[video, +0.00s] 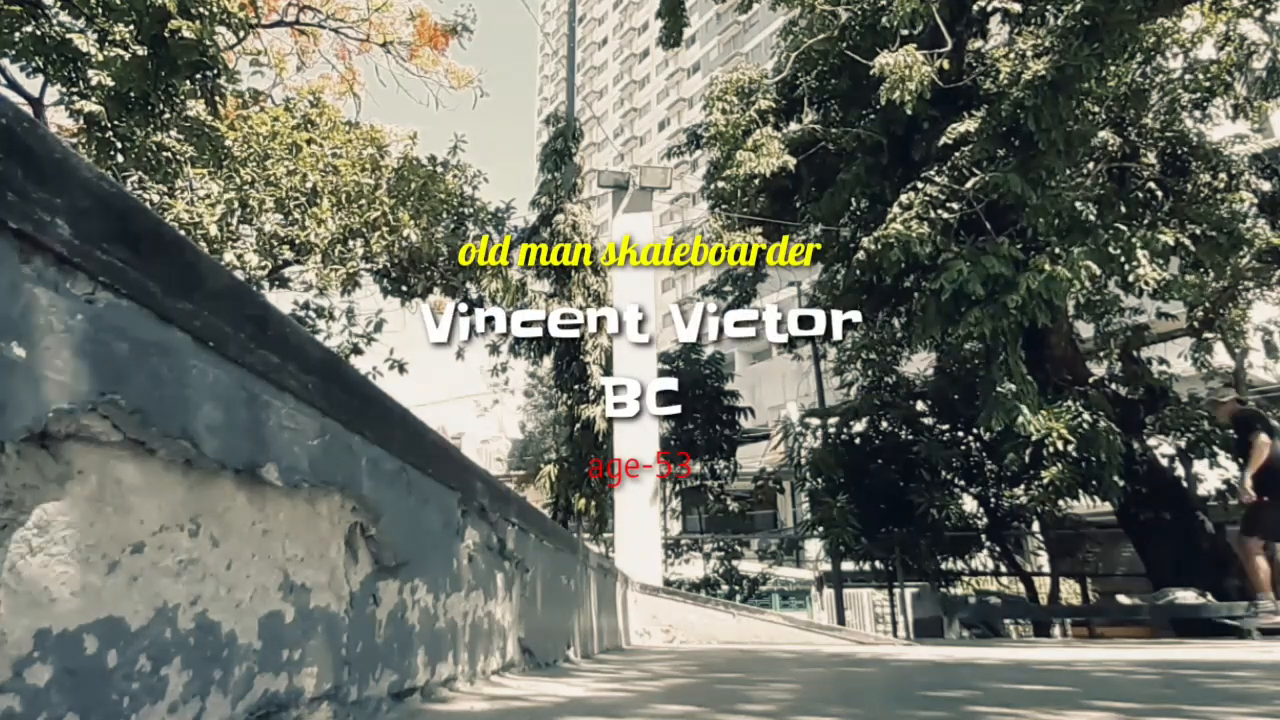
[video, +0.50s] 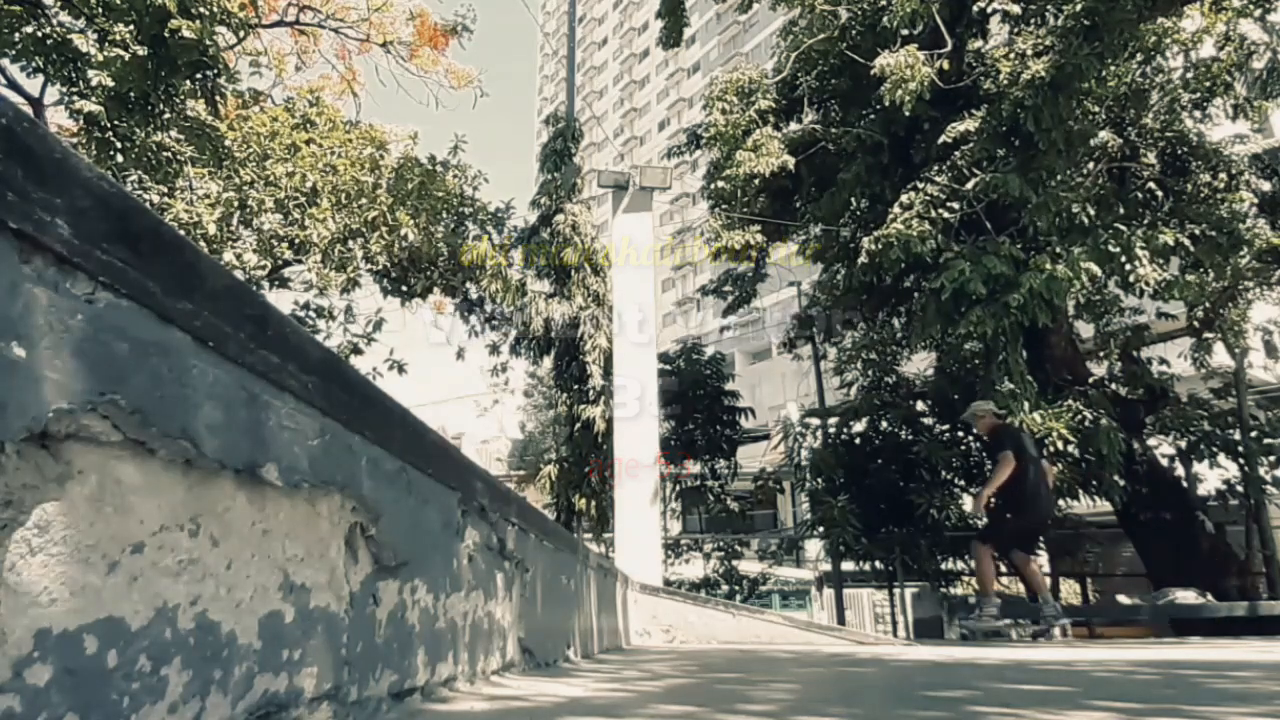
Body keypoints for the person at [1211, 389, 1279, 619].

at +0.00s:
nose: (1216, 414)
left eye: (1217, 407)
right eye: (1214, 409)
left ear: (1229, 403)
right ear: (1231, 403)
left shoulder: (1246, 415)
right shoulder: (1249, 419)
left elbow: (1262, 440)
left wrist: (1247, 475)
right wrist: (1250, 484)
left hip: (1270, 493)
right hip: (1267, 493)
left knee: (1250, 544)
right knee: (1253, 545)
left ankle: (1266, 603)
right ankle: (1268, 602)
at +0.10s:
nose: (1162, 419)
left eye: (1163, 413)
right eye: (1160, 414)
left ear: (1175, 407)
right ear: (1183, 407)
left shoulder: (1186, 421)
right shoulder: (1212, 421)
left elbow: (1204, 445)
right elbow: (1226, 455)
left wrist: (1188, 480)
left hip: (1221, 493)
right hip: (1246, 489)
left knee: (1190, 545)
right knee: (1238, 549)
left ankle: (1204, 604)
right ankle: (1273, 599)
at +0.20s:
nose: (1108, 422)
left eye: (1109, 415)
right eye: (1105, 417)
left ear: (1123, 409)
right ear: (1128, 410)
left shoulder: (1135, 424)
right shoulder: (1154, 425)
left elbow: (1149, 449)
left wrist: (1131, 484)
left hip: (1170, 496)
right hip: (1188, 496)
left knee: (1134, 547)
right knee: (1177, 551)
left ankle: (1144, 607)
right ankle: (1214, 605)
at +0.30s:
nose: (1057, 424)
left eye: (1058, 418)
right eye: (1054, 419)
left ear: (1070, 413)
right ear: (1077, 413)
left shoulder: (1083, 428)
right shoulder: (1107, 431)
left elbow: (1093, 455)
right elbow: (1133, 468)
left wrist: (1075, 487)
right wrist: (1127, 495)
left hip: (1109, 500)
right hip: (1130, 502)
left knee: (1074, 547)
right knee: (1122, 554)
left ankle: (1086, 610)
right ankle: (1153, 608)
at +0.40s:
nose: (1005, 426)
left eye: (1007, 420)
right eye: (1003, 421)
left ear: (1021, 415)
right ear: (1025, 415)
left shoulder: (1032, 432)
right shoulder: (1054, 434)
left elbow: (1041, 459)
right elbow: (1082, 468)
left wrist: (1019, 492)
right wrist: (1074, 496)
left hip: (1054, 501)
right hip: (1076, 502)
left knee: (1018, 546)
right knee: (1062, 556)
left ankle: (1027, 609)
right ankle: (1090, 605)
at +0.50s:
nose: (975, 429)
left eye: (976, 423)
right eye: (973, 424)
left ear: (986, 416)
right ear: (988, 417)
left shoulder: (998, 434)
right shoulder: (1021, 435)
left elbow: (1007, 462)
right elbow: (1047, 469)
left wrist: (985, 493)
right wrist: (1043, 497)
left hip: (1020, 504)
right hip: (1040, 505)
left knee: (981, 546)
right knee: (1018, 554)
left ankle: (988, 608)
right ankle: (1050, 607)